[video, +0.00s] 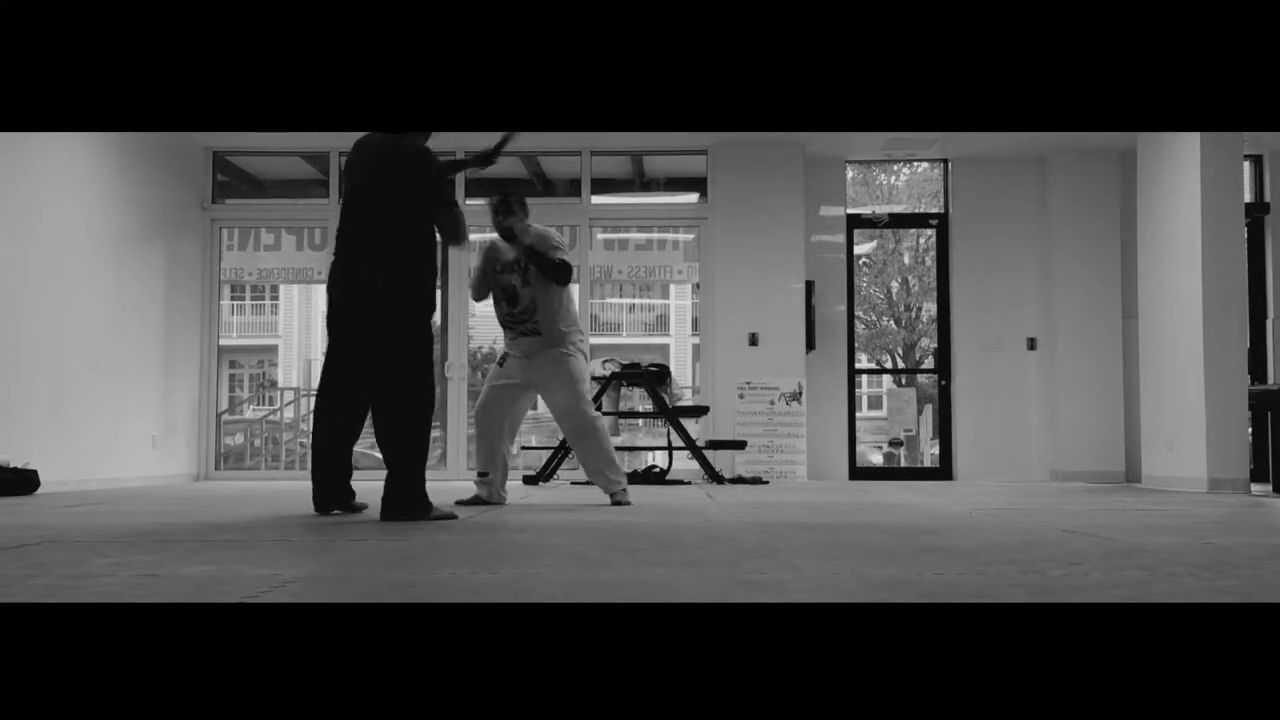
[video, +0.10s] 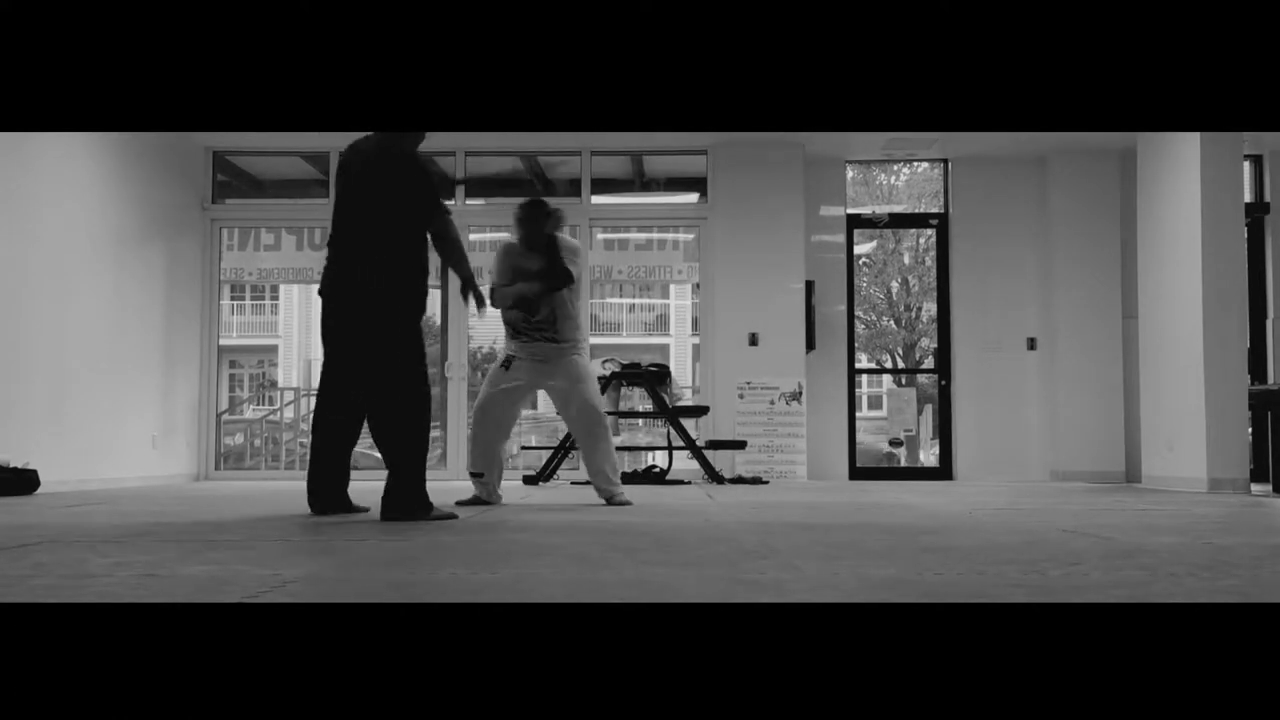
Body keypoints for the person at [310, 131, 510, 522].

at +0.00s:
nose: (432, 137)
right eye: (432, 135)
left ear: (390, 127)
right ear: (426, 132)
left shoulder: (364, 149)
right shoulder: (421, 160)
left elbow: (412, 174)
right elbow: (456, 233)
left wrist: (467, 163)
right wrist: (440, 189)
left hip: (351, 295)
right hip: (402, 300)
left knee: (342, 392)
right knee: (408, 396)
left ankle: (330, 493)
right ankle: (406, 501)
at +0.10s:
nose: (422, 140)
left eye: (421, 137)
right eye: (422, 137)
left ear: (381, 129)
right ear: (415, 135)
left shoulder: (353, 156)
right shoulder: (414, 167)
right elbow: (442, 231)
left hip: (343, 298)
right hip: (391, 303)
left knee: (341, 394)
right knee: (407, 397)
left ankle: (327, 495)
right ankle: (406, 501)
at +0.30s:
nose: (412, 143)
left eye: (411, 139)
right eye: (411, 138)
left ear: (370, 129)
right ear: (404, 136)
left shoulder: (336, 160)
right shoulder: (399, 167)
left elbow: (334, 219)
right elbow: (418, 222)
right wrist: (434, 262)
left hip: (325, 294)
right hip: (370, 299)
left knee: (326, 391)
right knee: (374, 391)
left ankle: (323, 496)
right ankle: (346, 493)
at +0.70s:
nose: (393, 143)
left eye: (392, 138)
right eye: (391, 137)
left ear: (359, 130)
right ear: (379, 134)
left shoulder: (347, 162)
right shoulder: (355, 162)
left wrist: (448, 215)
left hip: (324, 297)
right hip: (332, 299)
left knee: (331, 395)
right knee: (339, 395)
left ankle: (330, 498)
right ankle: (333, 500)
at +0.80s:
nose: (394, 141)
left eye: (395, 136)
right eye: (393, 135)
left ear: (363, 132)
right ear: (379, 133)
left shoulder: (366, 166)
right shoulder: (350, 165)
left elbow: (408, 207)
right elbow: (357, 234)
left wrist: (456, 240)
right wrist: (388, 227)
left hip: (337, 301)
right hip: (324, 301)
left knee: (342, 392)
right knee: (343, 392)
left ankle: (333, 498)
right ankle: (332, 500)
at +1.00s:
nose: (393, 146)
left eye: (393, 140)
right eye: (390, 138)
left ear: (364, 135)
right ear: (372, 135)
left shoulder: (355, 171)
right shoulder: (343, 168)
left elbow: (394, 227)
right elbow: (373, 235)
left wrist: (426, 193)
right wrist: (388, 228)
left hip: (339, 305)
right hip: (325, 305)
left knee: (338, 399)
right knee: (334, 399)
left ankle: (328, 497)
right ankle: (329, 499)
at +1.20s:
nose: (380, 147)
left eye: (381, 140)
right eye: (377, 139)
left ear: (341, 138)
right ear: (360, 138)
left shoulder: (324, 167)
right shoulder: (348, 172)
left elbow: (370, 212)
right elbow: (360, 231)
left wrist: (410, 193)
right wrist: (393, 261)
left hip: (304, 304)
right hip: (331, 308)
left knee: (304, 395)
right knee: (341, 397)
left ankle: (300, 494)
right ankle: (333, 499)